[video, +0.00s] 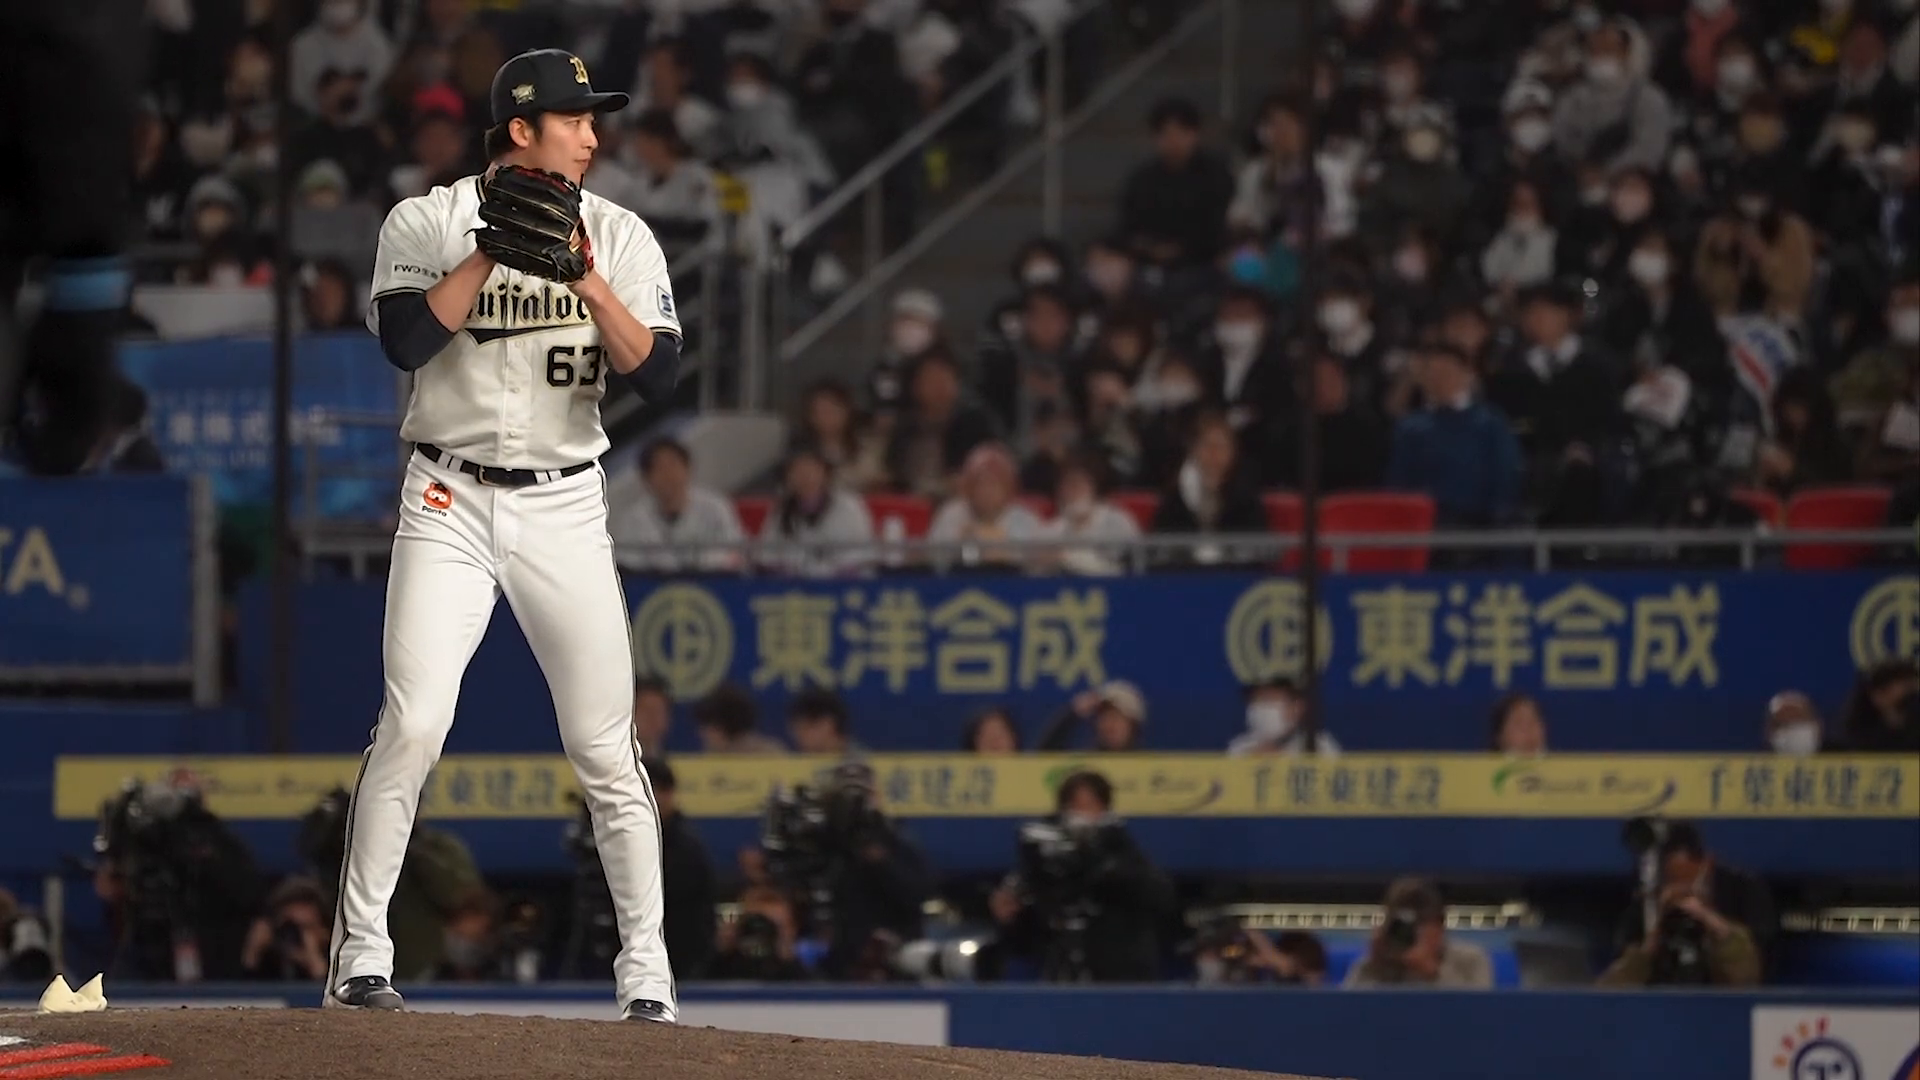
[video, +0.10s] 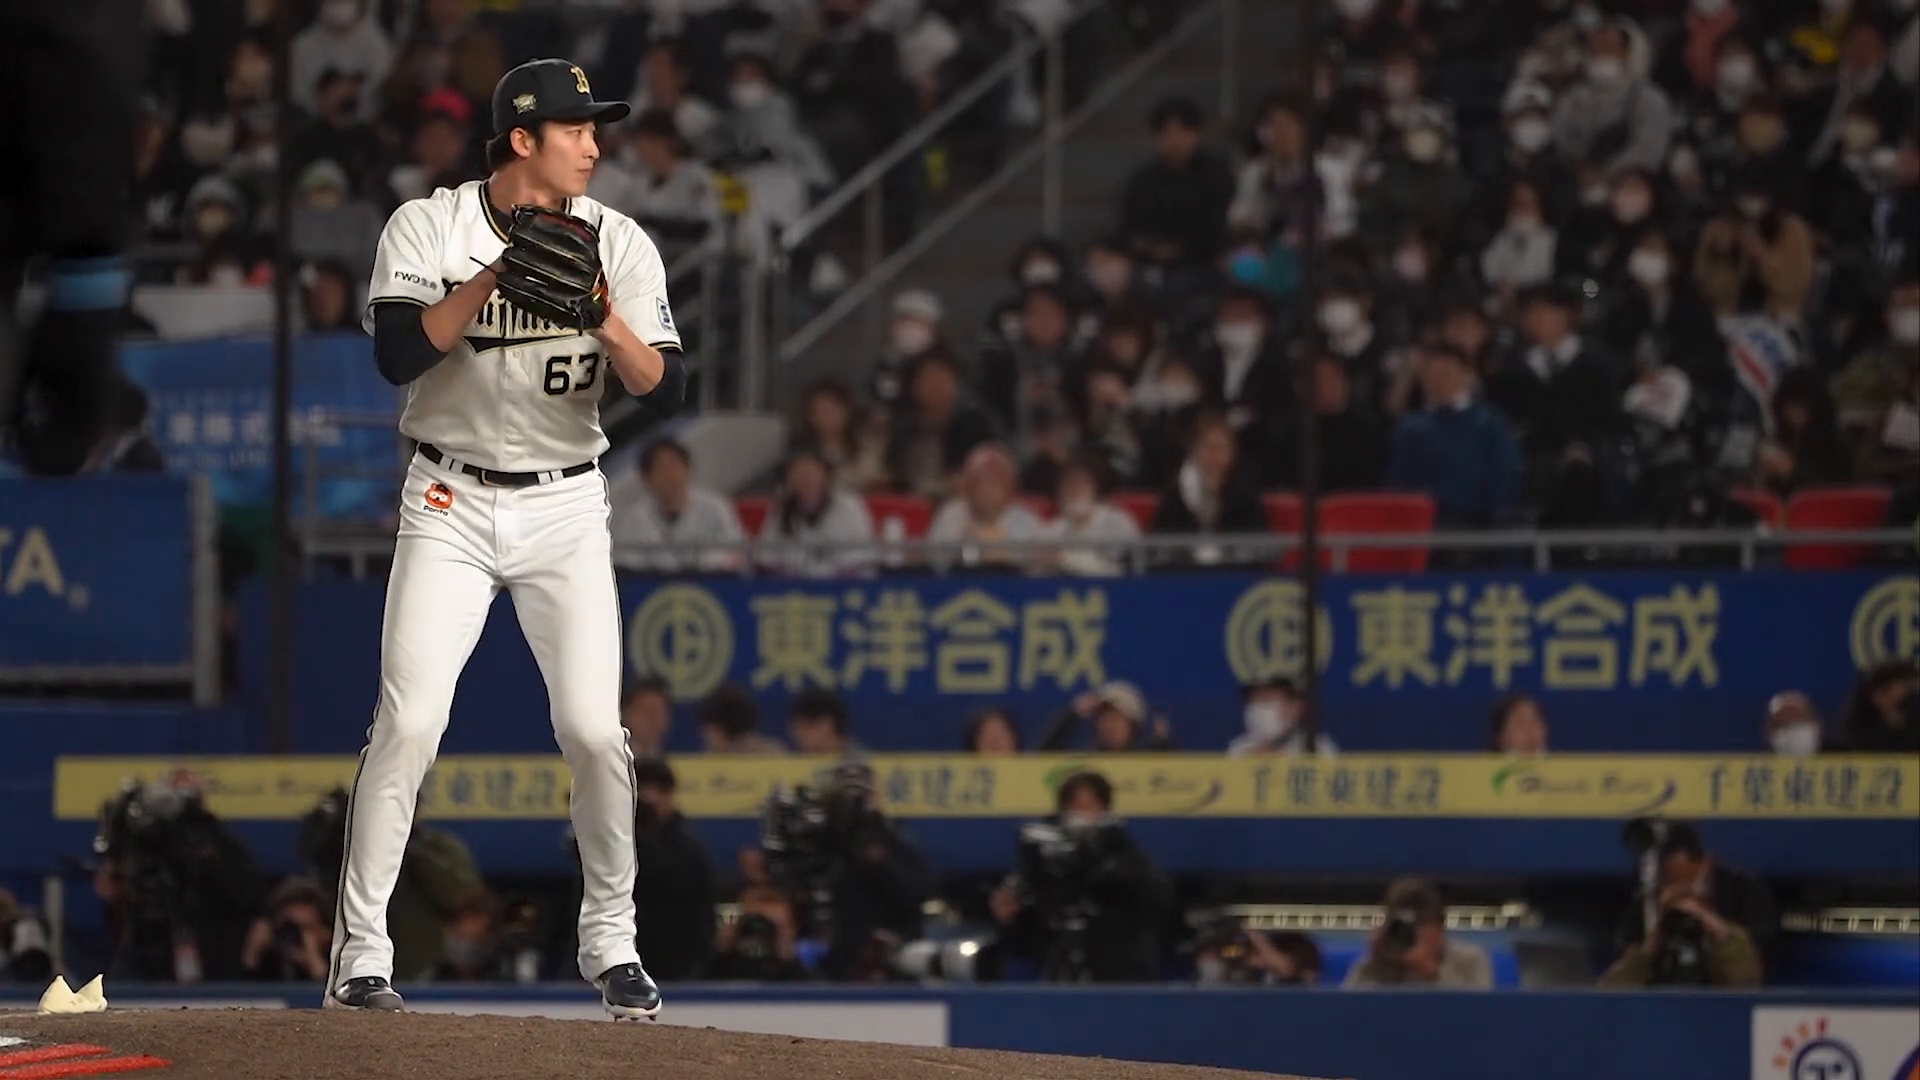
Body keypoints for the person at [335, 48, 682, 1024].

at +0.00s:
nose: (592, 133)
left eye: (593, 118)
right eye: (574, 117)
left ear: (585, 133)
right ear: (517, 128)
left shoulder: (624, 238)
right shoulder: (429, 220)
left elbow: (659, 380)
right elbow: (403, 343)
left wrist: (589, 281)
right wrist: (491, 250)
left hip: (566, 511)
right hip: (447, 501)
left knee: (603, 748)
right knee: (413, 724)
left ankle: (645, 970)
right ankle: (361, 957)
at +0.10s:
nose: (594, 146)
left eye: (596, 130)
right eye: (577, 129)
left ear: (584, 142)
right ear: (520, 137)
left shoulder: (624, 244)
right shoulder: (428, 223)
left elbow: (656, 386)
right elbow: (395, 354)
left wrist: (603, 317)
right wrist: (497, 276)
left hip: (569, 509)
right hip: (449, 503)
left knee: (595, 732)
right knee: (409, 721)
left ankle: (612, 945)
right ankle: (360, 957)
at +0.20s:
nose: (600, 183)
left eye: (600, 168)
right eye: (582, 168)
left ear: (584, 181)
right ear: (526, 180)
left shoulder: (627, 285)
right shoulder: (430, 268)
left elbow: (683, 434)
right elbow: (386, 409)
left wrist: (635, 430)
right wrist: (481, 382)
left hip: (575, 529)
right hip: (458, 529)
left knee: (557, 678)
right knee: (413, 729)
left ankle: (537, 861)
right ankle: (363, 948)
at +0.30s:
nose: (602, 248)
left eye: (602, 232)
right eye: (584, 233)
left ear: (595, 241)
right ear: (530, 245)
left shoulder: (634, 349)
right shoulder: (443, 338)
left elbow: (701, 486)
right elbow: (390, 479)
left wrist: (688, 574)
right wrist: (434, 564)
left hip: (590, 567)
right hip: (474, 570)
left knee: (591, 715)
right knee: (425, 743)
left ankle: (551, 929)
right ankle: (362, 954)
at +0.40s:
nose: (619, 312)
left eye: (618, 295)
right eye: (599, 298)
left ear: (612, 305)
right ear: (546, 312)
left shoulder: (656, 405)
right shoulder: (460, 407)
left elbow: (752, 523)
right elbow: (395, 554)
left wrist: (829, 650)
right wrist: (347, 700)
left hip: (625, 618)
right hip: (505, 629)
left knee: (673, 765)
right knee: (451, 762)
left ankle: (739, 930)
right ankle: (365, 962)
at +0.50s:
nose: (673, 369)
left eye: (673, 353)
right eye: (654, 354)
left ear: (660, 366)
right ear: (594, 367)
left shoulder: (709, 449)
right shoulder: (505, 466)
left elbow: (858, 511)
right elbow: (392, 569)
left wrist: (1006, 548)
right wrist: (275, 662)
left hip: (692, 673)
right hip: (569, 687)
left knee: (815, 789)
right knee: (500, 792)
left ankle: (973, 962)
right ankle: (382, 947)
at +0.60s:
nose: (775, 384)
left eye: (773, 369)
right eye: (757, 371)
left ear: (754, 387)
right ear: (699, 388)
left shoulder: (809, 458)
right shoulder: (609, 471)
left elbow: (950, 416)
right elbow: (479, 493)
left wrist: (1091, 418)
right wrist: (373, 559)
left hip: (806, 719)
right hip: (688, 727)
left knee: (995, 801)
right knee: (591, 847)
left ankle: (1160, 984)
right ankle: (406, 953)